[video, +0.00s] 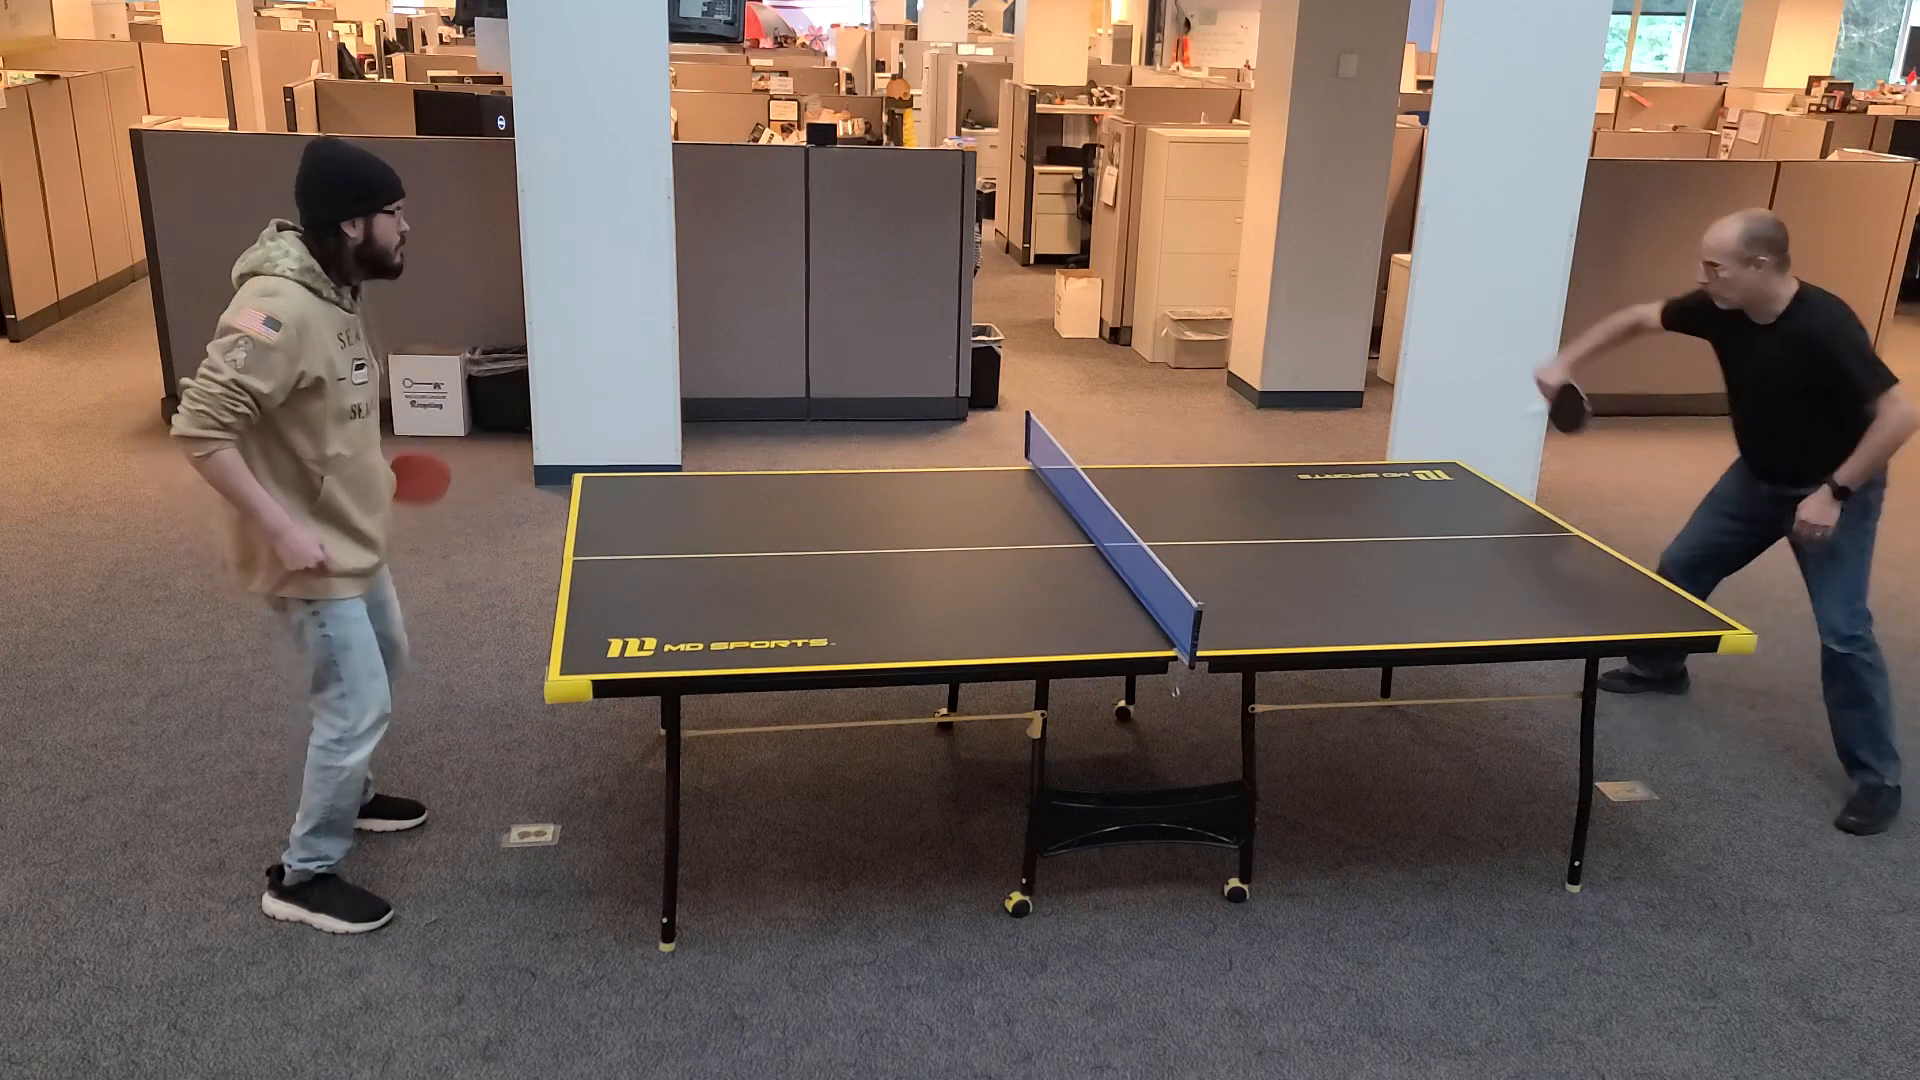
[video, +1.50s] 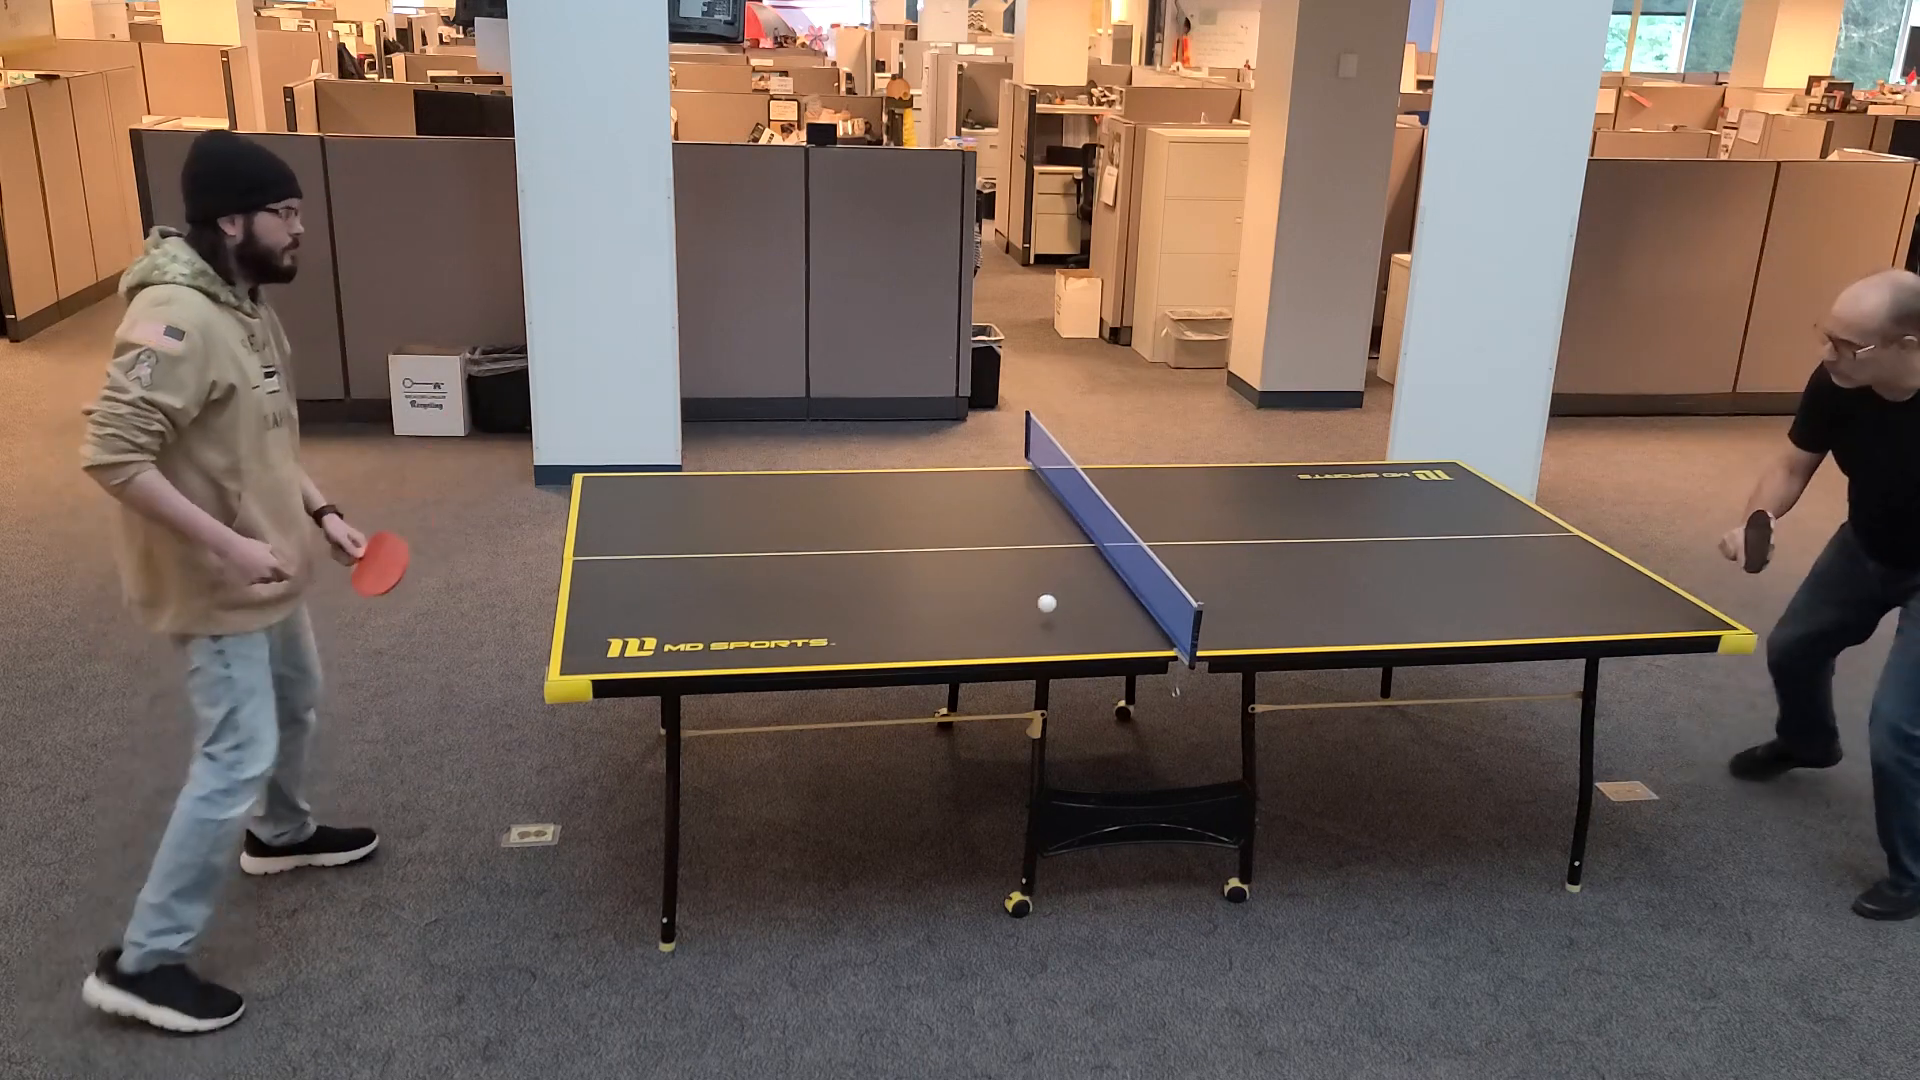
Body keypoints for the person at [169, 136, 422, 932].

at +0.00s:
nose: (406, 226)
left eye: (402, 210)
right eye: (393, 212)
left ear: (349, 222)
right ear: (347, 222)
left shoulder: (332, 284)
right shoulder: (275, 304)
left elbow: (311, 417)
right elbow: (199, 427)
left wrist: (375, 467)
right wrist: (282, 528)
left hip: (353, 537)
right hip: (307, 553)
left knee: (386, 671)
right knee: (354, 708)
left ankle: (344, 800)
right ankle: (302, 873)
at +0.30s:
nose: (398, 221)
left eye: (394, 206)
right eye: (385, 208)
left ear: (342, 219)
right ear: (342, 220)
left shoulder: (324, 286)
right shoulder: (272, 299)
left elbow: (322, 427)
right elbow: (205, 426)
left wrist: (378, 498)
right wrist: (289, 526)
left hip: (347, 533)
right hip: (303, 547)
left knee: (381, 664)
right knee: (345, 707)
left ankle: (345, 799)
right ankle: (302, 873)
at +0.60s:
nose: (363, 253)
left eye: (360, 238)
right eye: (354, 240)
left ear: (283, 241)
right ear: (319, 248)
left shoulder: (229, 309)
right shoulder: (287, 328)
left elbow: (165, 424)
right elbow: (234, 446)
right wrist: (290, 562)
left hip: (302, 560)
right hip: (291, 574)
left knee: (373, 656)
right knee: (330, 746)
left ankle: (341, 796)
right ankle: (169, 913)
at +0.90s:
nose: (279, 273)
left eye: (274, 257)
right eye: (269, 259)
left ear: (201, 266)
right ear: (235, 270)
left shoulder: (169, 346)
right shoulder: (198, 363)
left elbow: (217, 475)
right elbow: (182, 494)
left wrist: (325, 486)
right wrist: (286, 565)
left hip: (212, 591)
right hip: (209, 608)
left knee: (293, 682)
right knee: (265, 800)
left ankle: (304, 809)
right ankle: (136, 985)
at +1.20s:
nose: (265, 245)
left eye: (262, 228)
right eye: (251, 230)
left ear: (206, 240)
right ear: (198, 242)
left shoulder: (220, 332)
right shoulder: (129, 337)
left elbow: (275, 447)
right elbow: (77, 483)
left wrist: (368, 472)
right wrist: (205, 540)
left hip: (232, 584)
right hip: (177, 604)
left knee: (272, 690)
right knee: (212, 789)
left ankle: (276, 825)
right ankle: (131, 984)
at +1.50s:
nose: (299, 229)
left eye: (297, 211)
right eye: (282, 214)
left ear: (240, 223)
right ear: (226, 224)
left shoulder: (240, 303)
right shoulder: (177, 315)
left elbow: (259, 441)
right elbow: (111, 453)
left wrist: (322, 509)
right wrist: (227, 545)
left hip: (268, 566)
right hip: (216, 585)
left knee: (295, 696)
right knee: (235, 760)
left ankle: (280, 830)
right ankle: (144, 961)